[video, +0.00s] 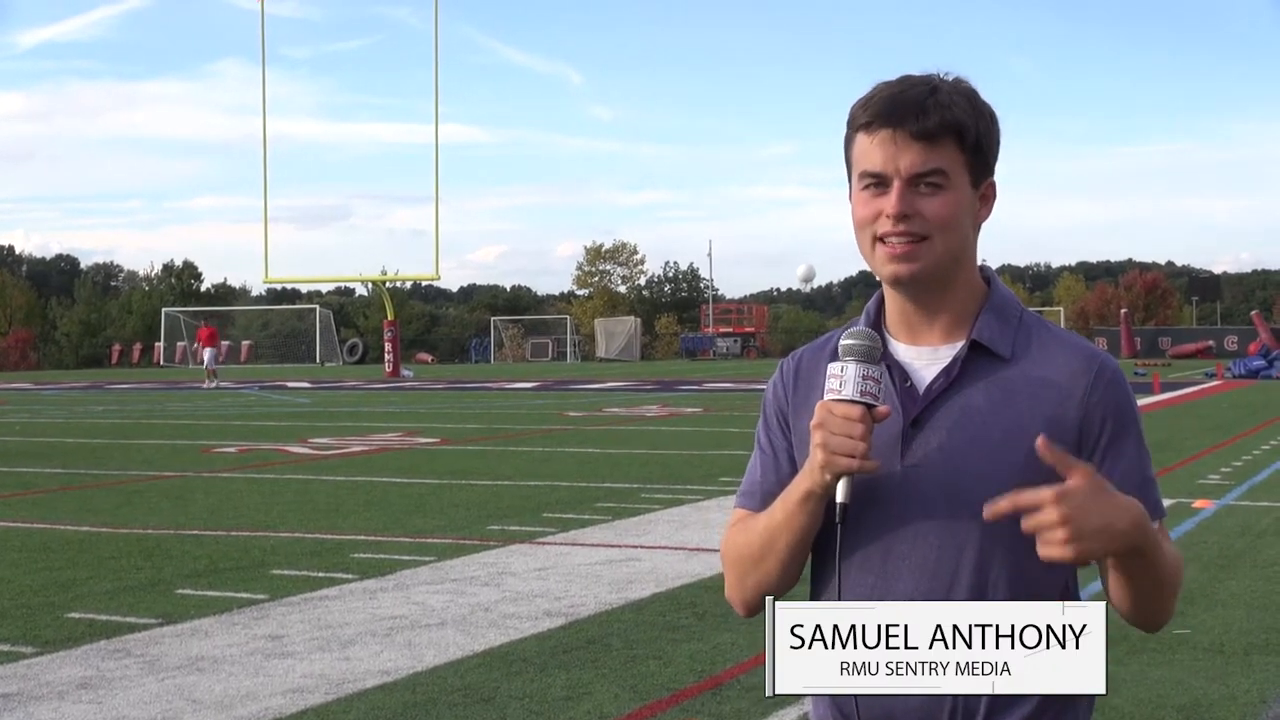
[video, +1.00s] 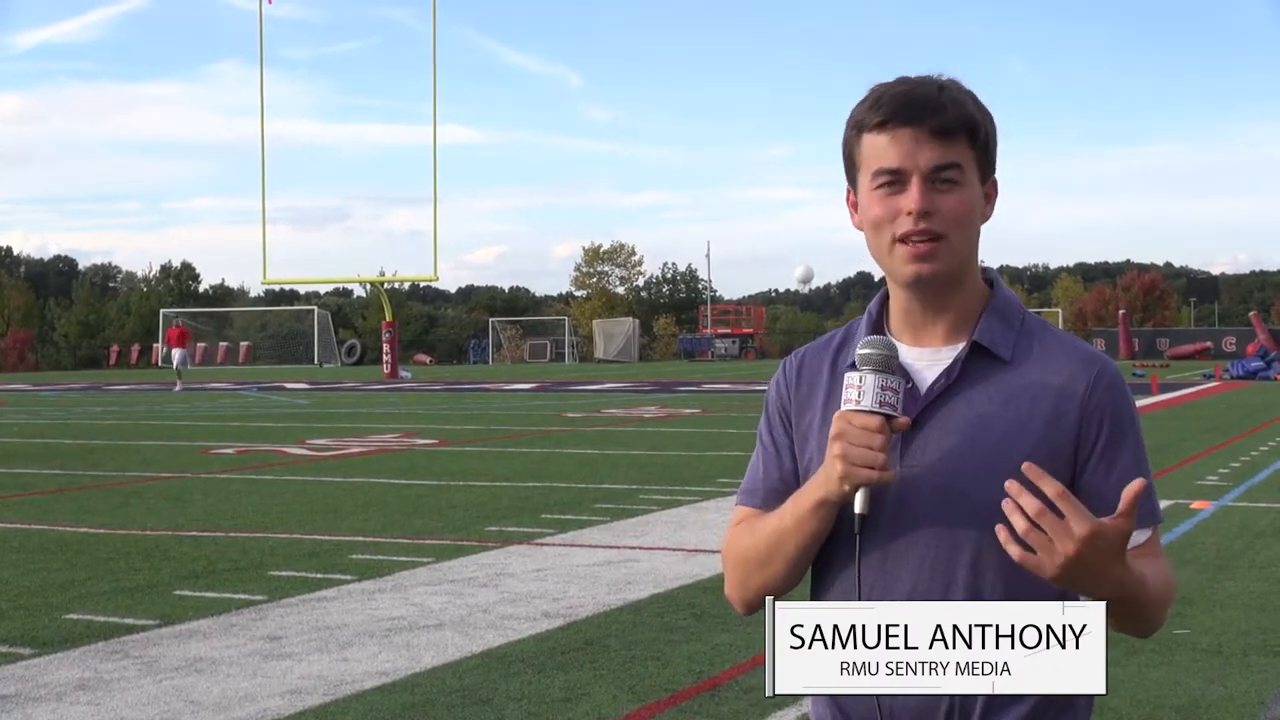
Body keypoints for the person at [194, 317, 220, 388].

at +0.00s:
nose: (204, 324)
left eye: (205, 323)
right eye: (203, 323)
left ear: (207, 323)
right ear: (201, 323)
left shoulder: (213, 330)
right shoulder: (200, 330)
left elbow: (217, 341)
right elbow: (198, 340)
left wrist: (219, 350)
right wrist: (195, 345)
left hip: (211, 348)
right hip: (205, 348)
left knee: (206, 365)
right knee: (211, 366)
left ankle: (207, 381)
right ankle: (216, 380)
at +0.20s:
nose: (200, 324)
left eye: (201, 322)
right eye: (199, 322)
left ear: (204, 322)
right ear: (198, 322)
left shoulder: (210, 329)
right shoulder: (196, 330)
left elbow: (214, 340)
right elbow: (194, 342)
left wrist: (214, 347)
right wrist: (192, 348)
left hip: (207, 348)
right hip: (200, 348)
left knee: (205, 366)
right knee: (199, 367)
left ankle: (206, 382)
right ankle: (209, 377)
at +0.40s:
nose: (195, 323)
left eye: (196, 321)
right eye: (193, 321)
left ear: (199, 321)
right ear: (192, 322)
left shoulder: (203, 329)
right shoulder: (190, 330)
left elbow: (206, 340)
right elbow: (190, 340)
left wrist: (206, 348)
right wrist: (189, 348)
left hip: (202, 348)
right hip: (194, 348)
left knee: (203, 367)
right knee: (190, 367)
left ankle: (206, 382)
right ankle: (194, 381)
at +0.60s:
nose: (188, 323)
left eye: (189, 322)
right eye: (187, 322)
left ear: (193, 322)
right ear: (185, 323)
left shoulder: (196, 330)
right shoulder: (185, 331)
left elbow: (198, 340)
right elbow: (185, 341)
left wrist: (195, 349)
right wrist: (184, 349)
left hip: (195, 350)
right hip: (187, 351)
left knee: (198, 368)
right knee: (184, 368)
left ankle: (203, 383)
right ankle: (182, 382)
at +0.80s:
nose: (181, 322)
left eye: (182, 321)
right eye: (180, 321)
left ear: (184, 322)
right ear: (178, 322)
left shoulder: (188, 330)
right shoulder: (176, 331)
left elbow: (192, 341)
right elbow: (176, 342)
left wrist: (192, 351)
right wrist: (175, 352)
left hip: (186, 350)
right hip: (178, 350)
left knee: (187, 368)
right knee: (179, 368)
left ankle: (196, 380)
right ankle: (180, 384)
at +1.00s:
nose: (175, 323)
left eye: (177, 321)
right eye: (174, 321)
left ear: (179, 322)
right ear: (172, 322)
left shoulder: (183, 330)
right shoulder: (170, 330)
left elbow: (187, 340)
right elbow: (166, 342)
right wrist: (164, 350)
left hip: (181, 349)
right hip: (174, 349)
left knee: (176, 366)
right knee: (176, 367)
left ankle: (179, 384)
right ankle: (179, 384)